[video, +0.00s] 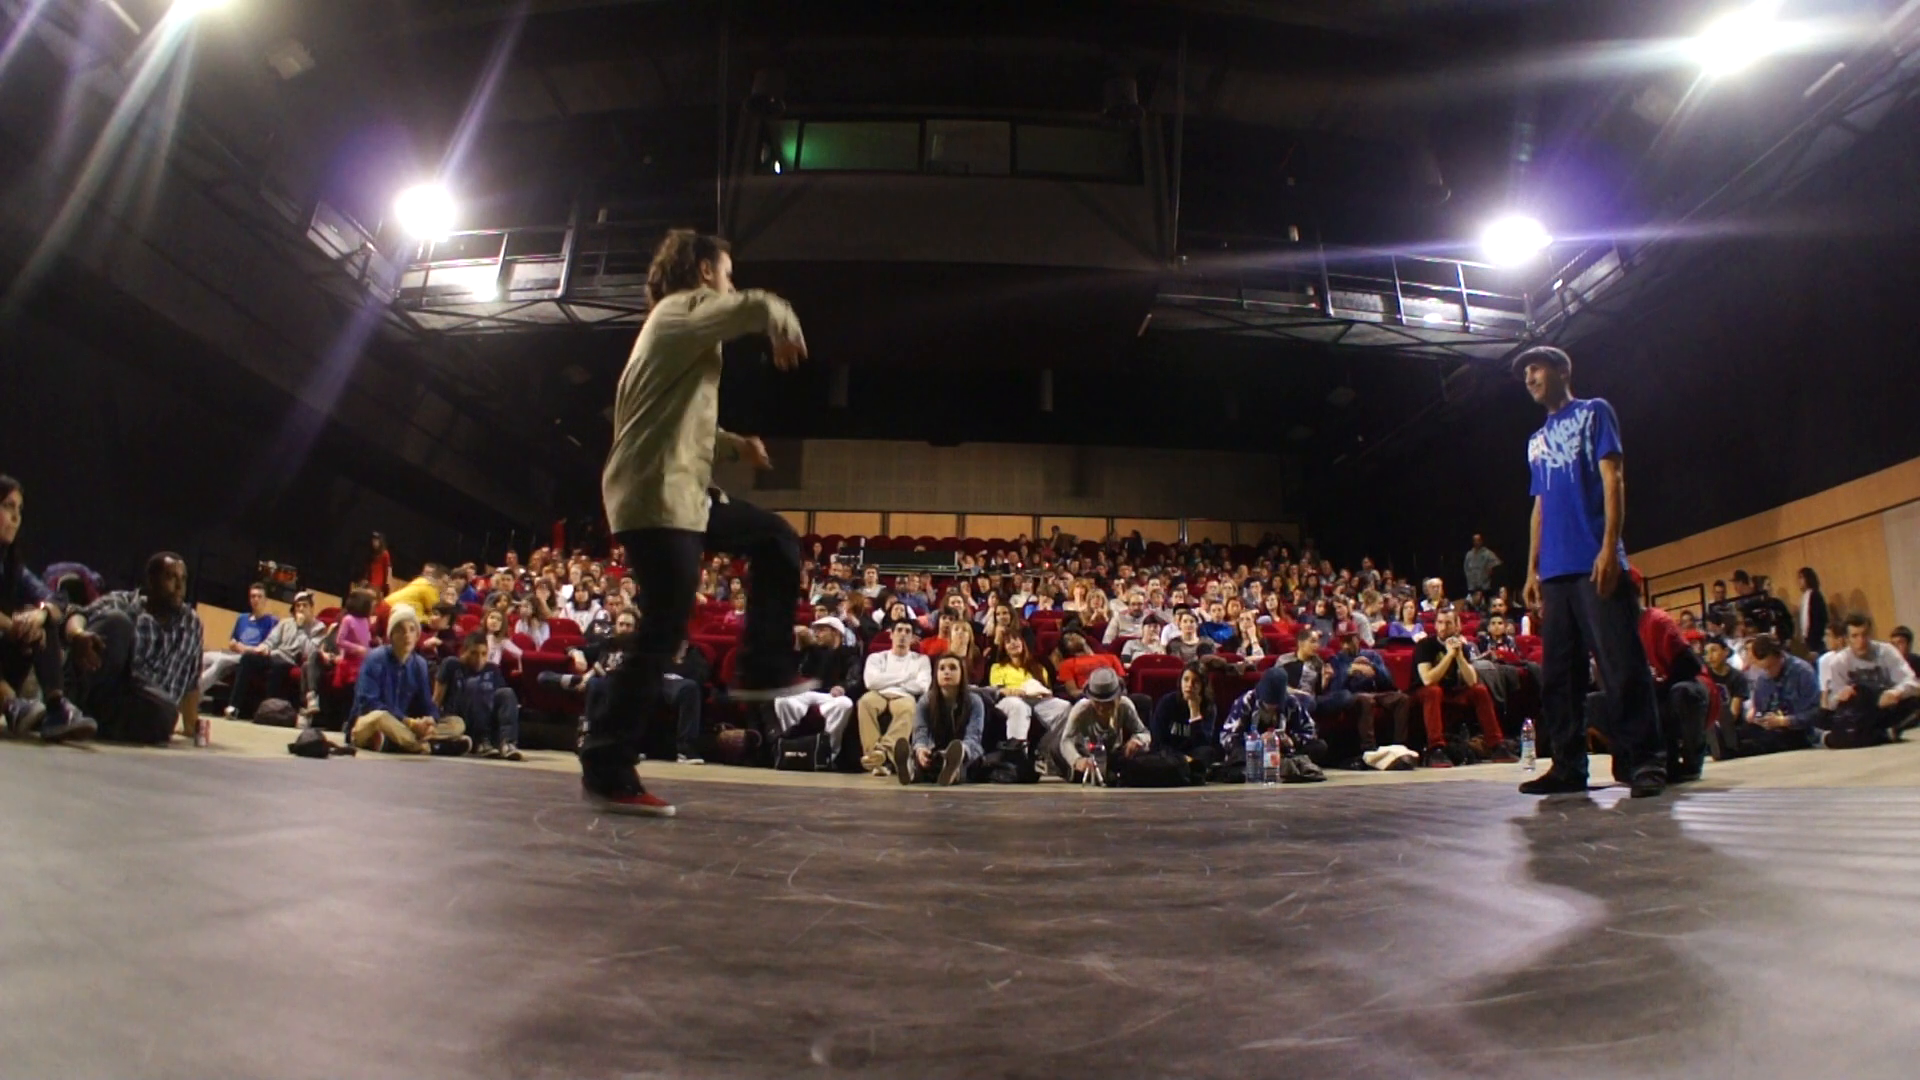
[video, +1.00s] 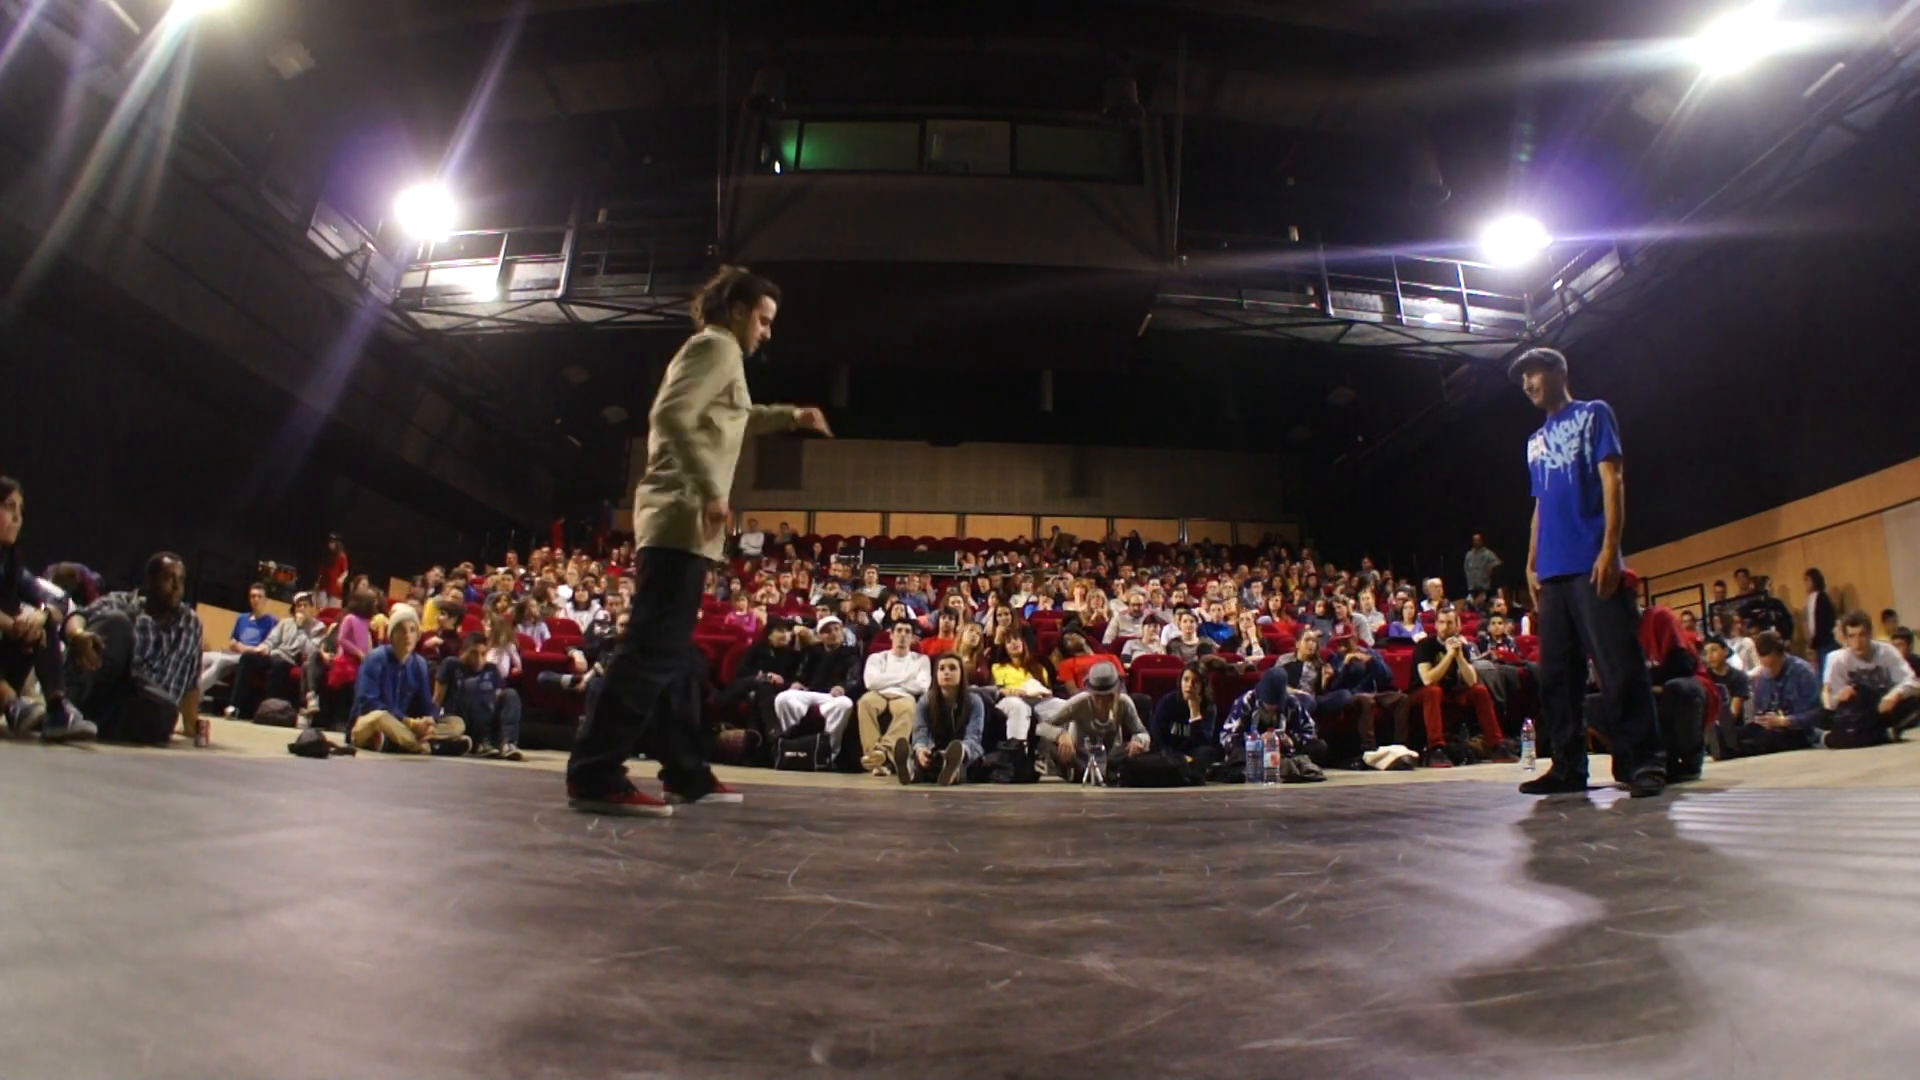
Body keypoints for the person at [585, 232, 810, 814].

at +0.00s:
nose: (732, 285)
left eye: (732, 276)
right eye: (726, 274)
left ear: (687, 274)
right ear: (700, 272)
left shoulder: (686, 335)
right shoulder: (673, 313)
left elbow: (679, 430)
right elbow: (759, 307)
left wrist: (736, 447)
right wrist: (782, 327)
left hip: (687, 493)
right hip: (655, 492)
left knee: (777, 539)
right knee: (664, 626)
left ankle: (766, 668)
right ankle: (608, 764)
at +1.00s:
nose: (768, 331)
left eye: (771, 323)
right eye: (763, 319)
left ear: (743, 317)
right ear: (736, 310)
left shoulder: (731, 360)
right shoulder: (715, 347)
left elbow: (735, 418)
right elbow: (673, 414)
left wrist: (792, 417)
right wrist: (710, 490)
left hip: (691, 524)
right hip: (674, 521)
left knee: (674, 652)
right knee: (650, 649)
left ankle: (687, 775)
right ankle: (594, 773)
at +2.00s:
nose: (745, 303)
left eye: (748, 296)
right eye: (740, 291)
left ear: (738, 301)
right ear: (712, 288)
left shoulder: (731, 341)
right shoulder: (680, 308)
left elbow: (777, 350)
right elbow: (655, 339)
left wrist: (741, 312)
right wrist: (738, 366)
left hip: (705, 506)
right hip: (668, 497)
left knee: (703, 629)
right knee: (699, 614)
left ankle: (690, 770)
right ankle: (634, 753)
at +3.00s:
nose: (776, 278)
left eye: (776, 271)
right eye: (766, 269)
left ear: (766, 283)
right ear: (736, 273)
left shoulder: (768, 338)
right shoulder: (712, 302)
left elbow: (803, 335)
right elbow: (711, 241)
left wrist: (847, 305)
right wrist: (761, 173)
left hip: (722, 497)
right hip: (673, 481)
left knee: (761, 623)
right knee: (715, 601)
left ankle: (757, 751)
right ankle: (646, 741)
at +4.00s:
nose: (791, 304)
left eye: (792, 296)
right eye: (783, 293)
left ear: (768, 302)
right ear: (749, 293)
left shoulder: (766, 365)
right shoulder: (718, 330)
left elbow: (801, 402)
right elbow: (672, 335)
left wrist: (840, 440)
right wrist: (749, 369)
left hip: (733, 528)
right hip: (685, 513)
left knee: (716, 662)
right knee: (643, 645)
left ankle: (692, 775)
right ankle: (589, 773)